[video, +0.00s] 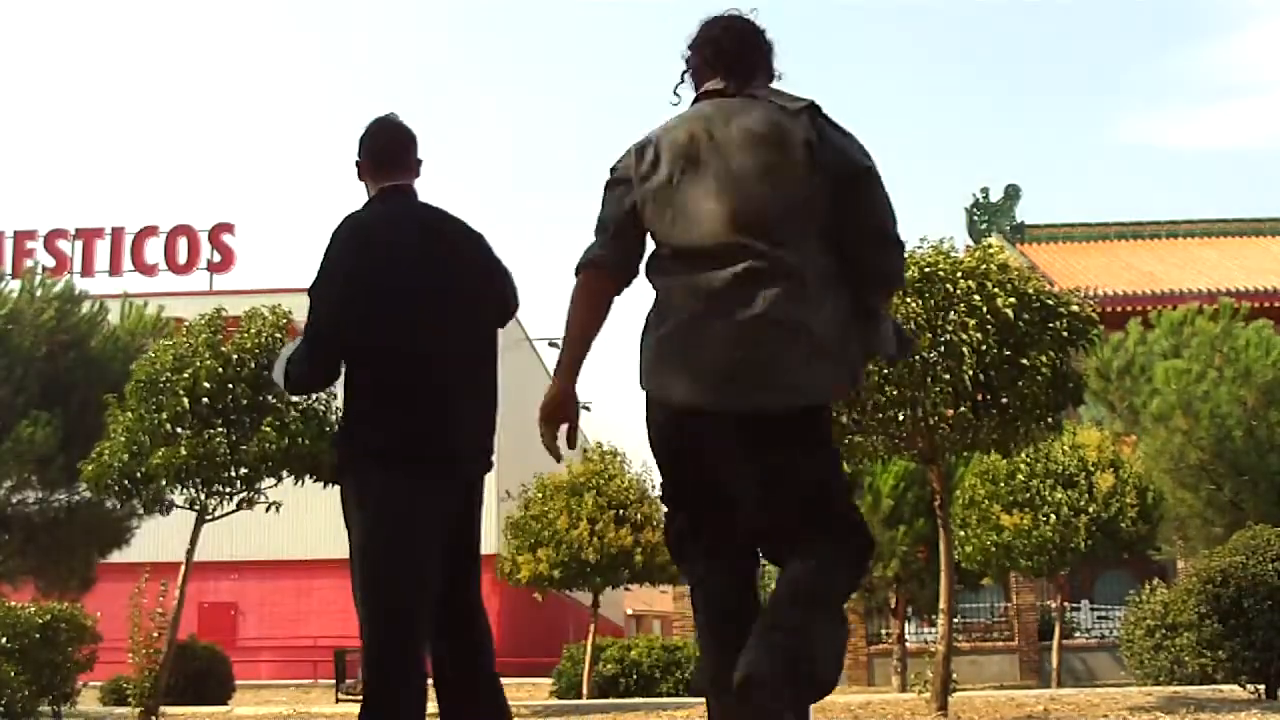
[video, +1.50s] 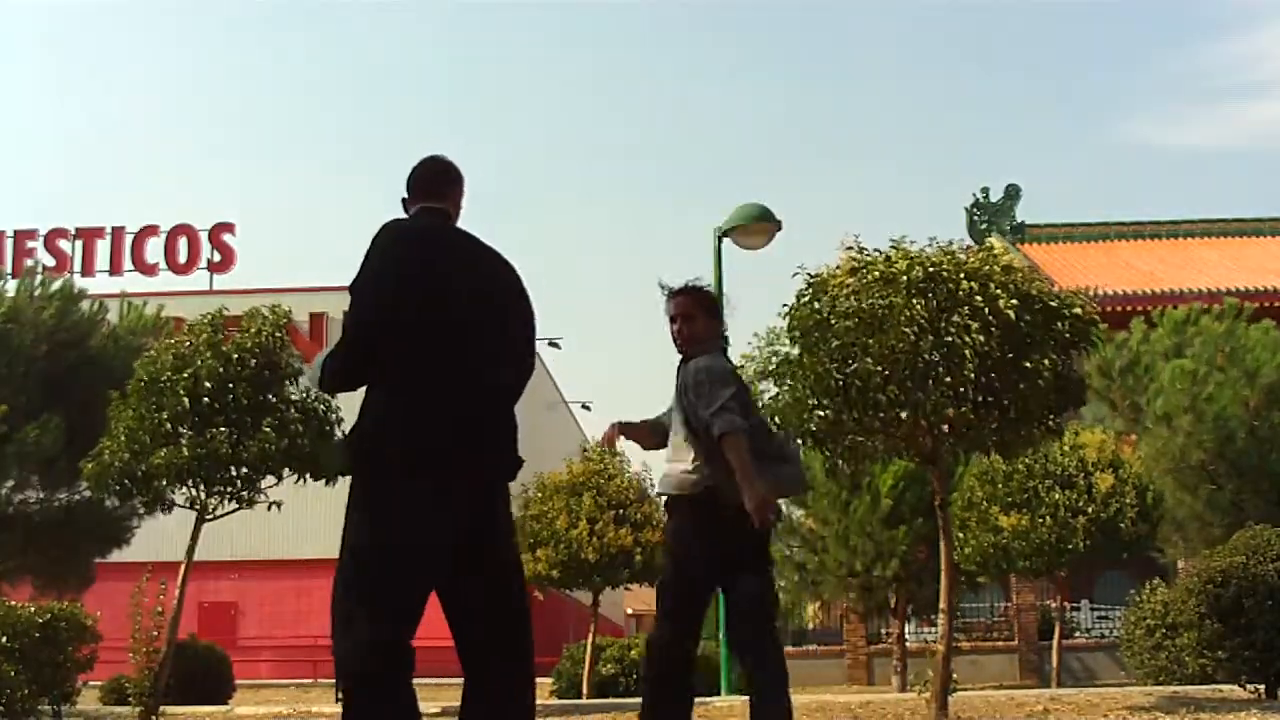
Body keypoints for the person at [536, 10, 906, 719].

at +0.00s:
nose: (689, 83)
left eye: (690, 74)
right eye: (692, 75)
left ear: (697, 75)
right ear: (768, 72)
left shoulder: (650, 152)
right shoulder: (818, 134)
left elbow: (603, 267)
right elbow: (883, 266)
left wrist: (564, 378)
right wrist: (848, 322)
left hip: (679, 391)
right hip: (788, 385)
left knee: (715, 561)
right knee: (830, 544)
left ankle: (731, 709)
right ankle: (766, 699)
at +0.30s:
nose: (740, 175)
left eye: (735, 166)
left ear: (737, 170)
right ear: (804, 165)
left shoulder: (700, 240)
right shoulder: (848, 224)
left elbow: (670, 344)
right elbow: (888, 311)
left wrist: (703, 407)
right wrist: (908, 405)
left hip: (738, 443)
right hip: (835, 440)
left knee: (747, 603)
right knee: (851, 602)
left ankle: (756, 714)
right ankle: (863, 712)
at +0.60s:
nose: (724, 237)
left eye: (728, 223)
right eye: (724, 224)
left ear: (750, 220)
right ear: (790, 220)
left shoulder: (732, 279)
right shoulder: (859, 278)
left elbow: (701, 365)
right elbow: (888, 367)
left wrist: (676, 448)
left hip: (760, 466)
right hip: (844, 466)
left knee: (762, 611)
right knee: (848, 611)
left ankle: (770, 714)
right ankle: (861, 713)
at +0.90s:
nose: (696, 273)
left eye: (702, 262)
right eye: (695, 263)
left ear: (730, 260)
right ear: (749, 259)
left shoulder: (729, 315)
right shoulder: (794, 310)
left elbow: (704, 407)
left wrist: (659, 478)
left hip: (754, 486)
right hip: (811, 484)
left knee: (753, 611)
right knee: (810, 606)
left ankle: (769, 711)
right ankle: (839, 708)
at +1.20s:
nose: (699, 315)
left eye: (709, 305)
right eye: (696, 307)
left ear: (740, 308)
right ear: (695, 310)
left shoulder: (739, 357)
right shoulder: (720, 359)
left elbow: (711, 430)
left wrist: (659, 461)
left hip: (755, 494)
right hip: (737, 495)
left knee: (741, 617)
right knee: (739, 617)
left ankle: (784, 710)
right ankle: (780, 709)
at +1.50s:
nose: (677, 329)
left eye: (686, 319)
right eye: (672, 322)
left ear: (716, 324)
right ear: (670, 328)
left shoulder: (705, 368)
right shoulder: (699, 372)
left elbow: (730, 429)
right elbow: (663, 432)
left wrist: (751, 486)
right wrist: (626, 428)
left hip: (701, 512)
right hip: (737, 512)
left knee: (673, 634)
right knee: (756, 634)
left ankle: (661, 713)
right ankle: (773, 713)